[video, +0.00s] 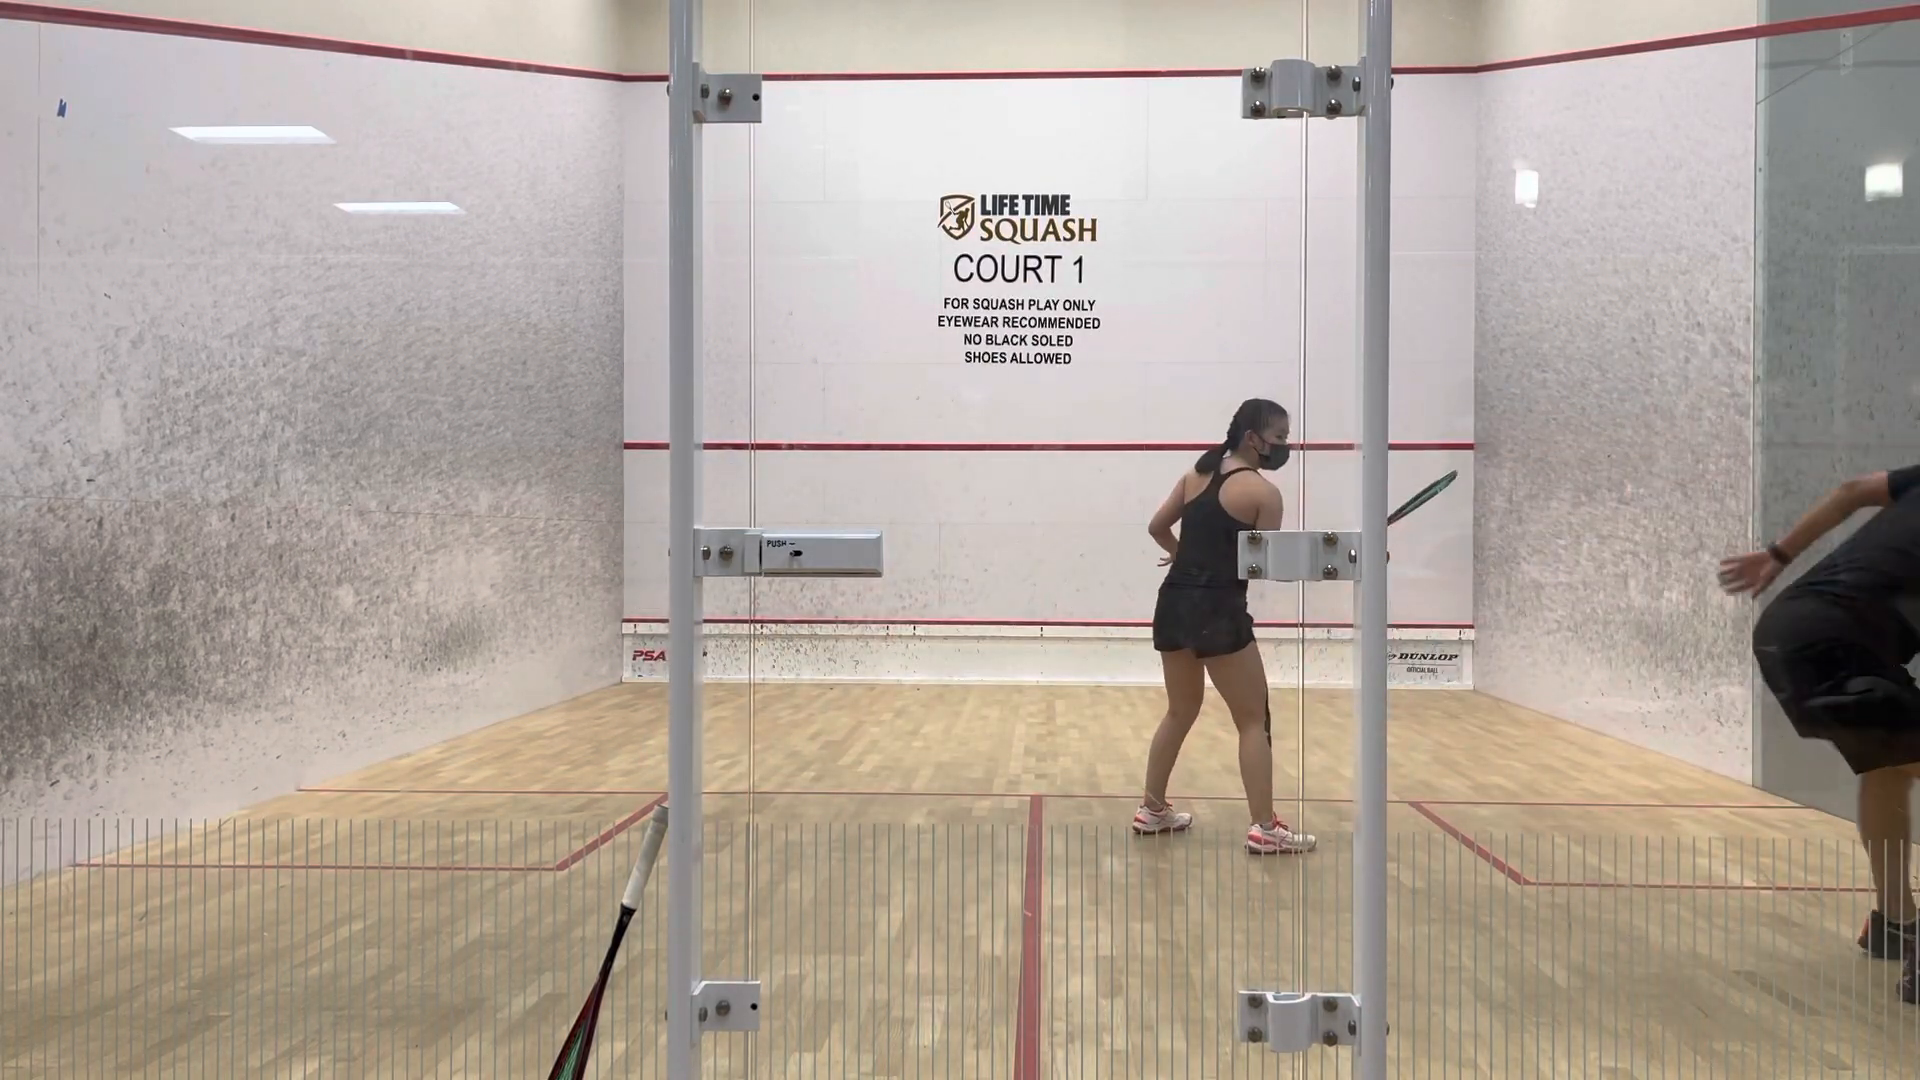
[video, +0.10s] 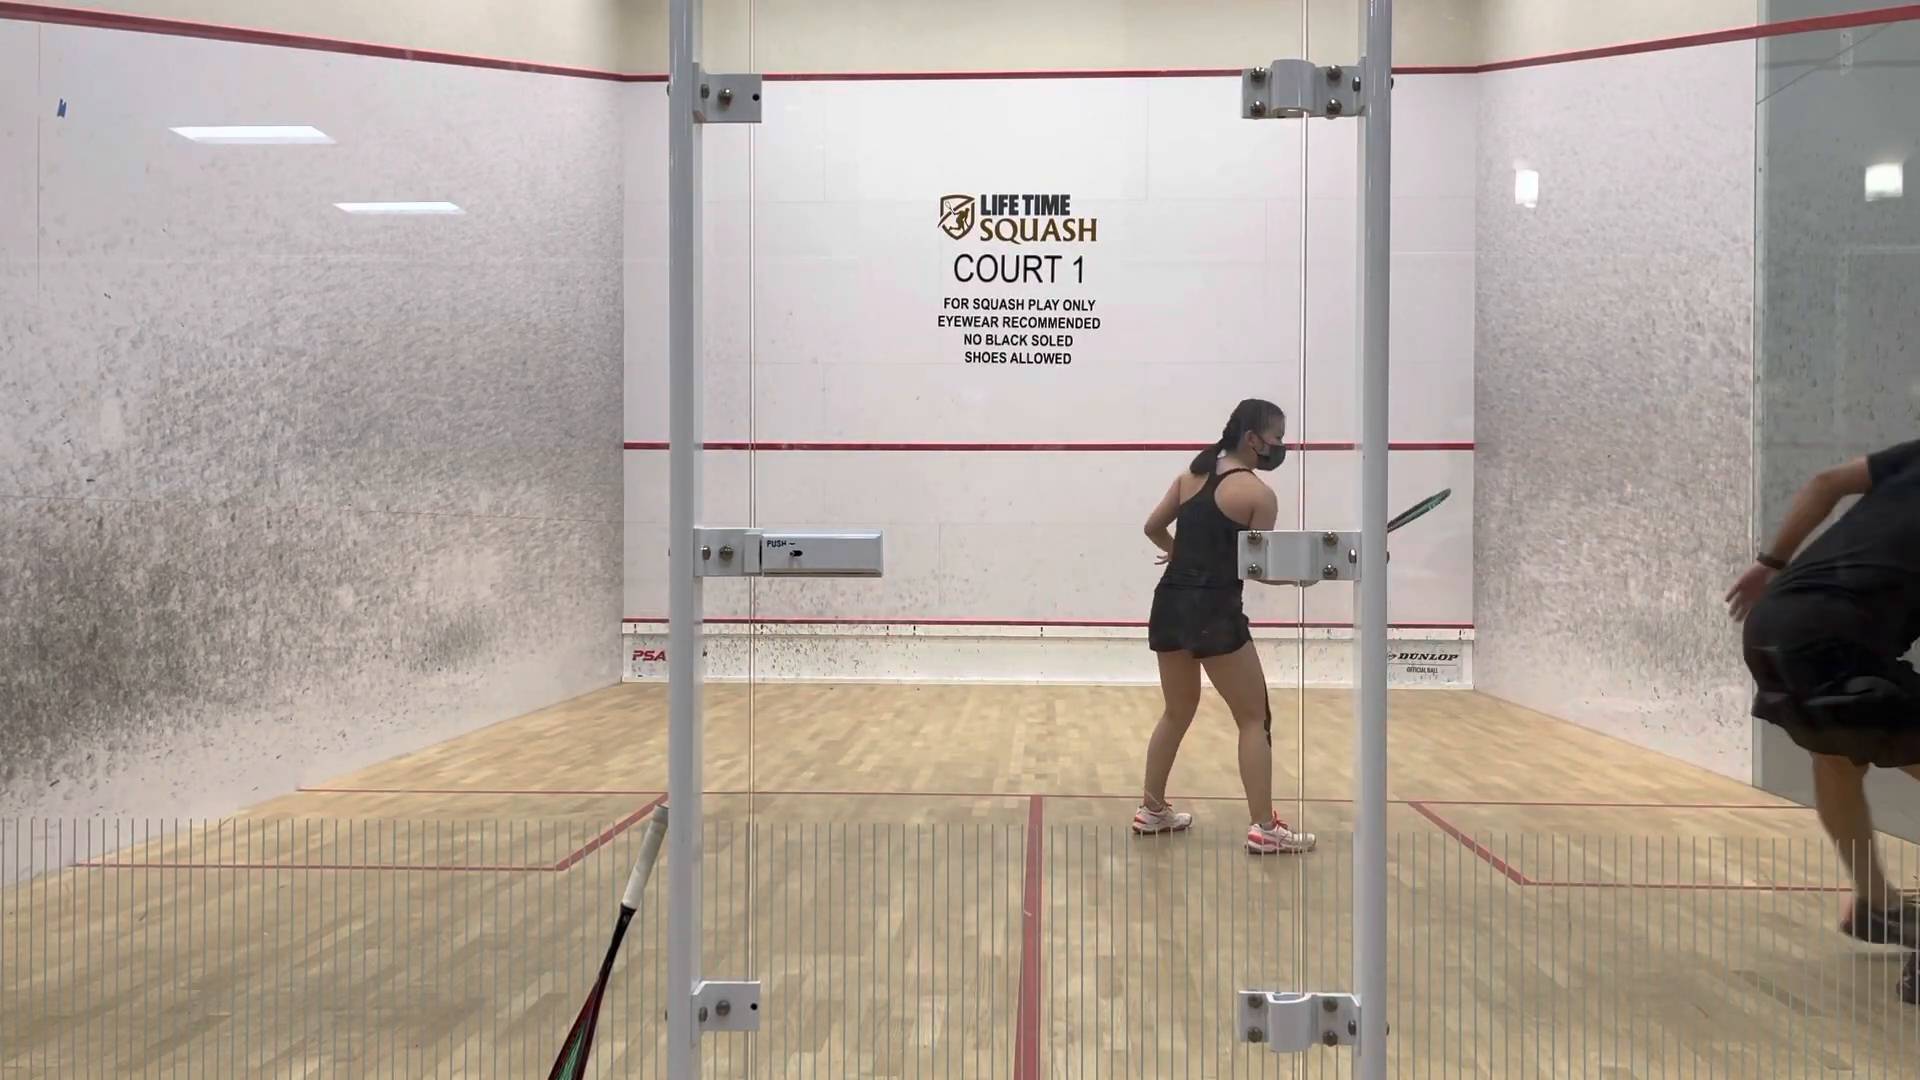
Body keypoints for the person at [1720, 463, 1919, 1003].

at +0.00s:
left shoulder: (1916, 484)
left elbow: (1854, 489)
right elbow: (1855, 490)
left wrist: (1778, 553)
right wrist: (1780, 554)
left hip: (1792, 628)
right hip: (1826, 637)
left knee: (1888, 759)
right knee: (1897, 755)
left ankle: (1893, 915)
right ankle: (1897, 917)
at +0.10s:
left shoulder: (1915, 459)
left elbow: (1826, 482)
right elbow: (1828, 483)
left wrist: (1770, 560)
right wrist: (1772, 561)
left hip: (1770, 629)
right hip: (1839, 643)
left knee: (1834, 751)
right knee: (1910, 755)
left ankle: (1873, 899)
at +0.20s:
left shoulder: (1911, 433)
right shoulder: (1908, 434)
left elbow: (1802, 473)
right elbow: (1804, 474)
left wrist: (1758, 558)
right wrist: (1761, 559)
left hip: (1764, 625)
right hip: (1842, 644)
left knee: (1819, 744)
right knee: (1913, 757)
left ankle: (1788, 903)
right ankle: (1914, 968)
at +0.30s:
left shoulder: (1868, 418)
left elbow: (1756, 466)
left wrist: (1723, 555)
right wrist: (1772, 498)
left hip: (1762, 627)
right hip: (1858, 643)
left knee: (1774, 756)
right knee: (1919, 772)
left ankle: (1710, 909)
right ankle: (1919, 975)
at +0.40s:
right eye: (1910, 380)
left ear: (1851, 368)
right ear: (1912, 384)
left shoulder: (1783, 414)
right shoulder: (1909, 451)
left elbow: (1696, 479)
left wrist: (1669, 561)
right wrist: (1753, 492)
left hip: (1740, 635)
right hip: (1849, 644)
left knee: (1708, 777)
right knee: (1915, 790)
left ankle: (1663, 928)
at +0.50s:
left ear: (1754, 344)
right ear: (1819, 359)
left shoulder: (1696, 403)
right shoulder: (1848, 440)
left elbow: (1622, 484)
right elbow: (1856, 564)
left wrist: (1617, 561)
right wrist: (1786, 564)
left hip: (1692, 639)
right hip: (1798, 648)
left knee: (1669, 802)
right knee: (1867, 811)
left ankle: (1672, 973)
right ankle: (1917, 964)